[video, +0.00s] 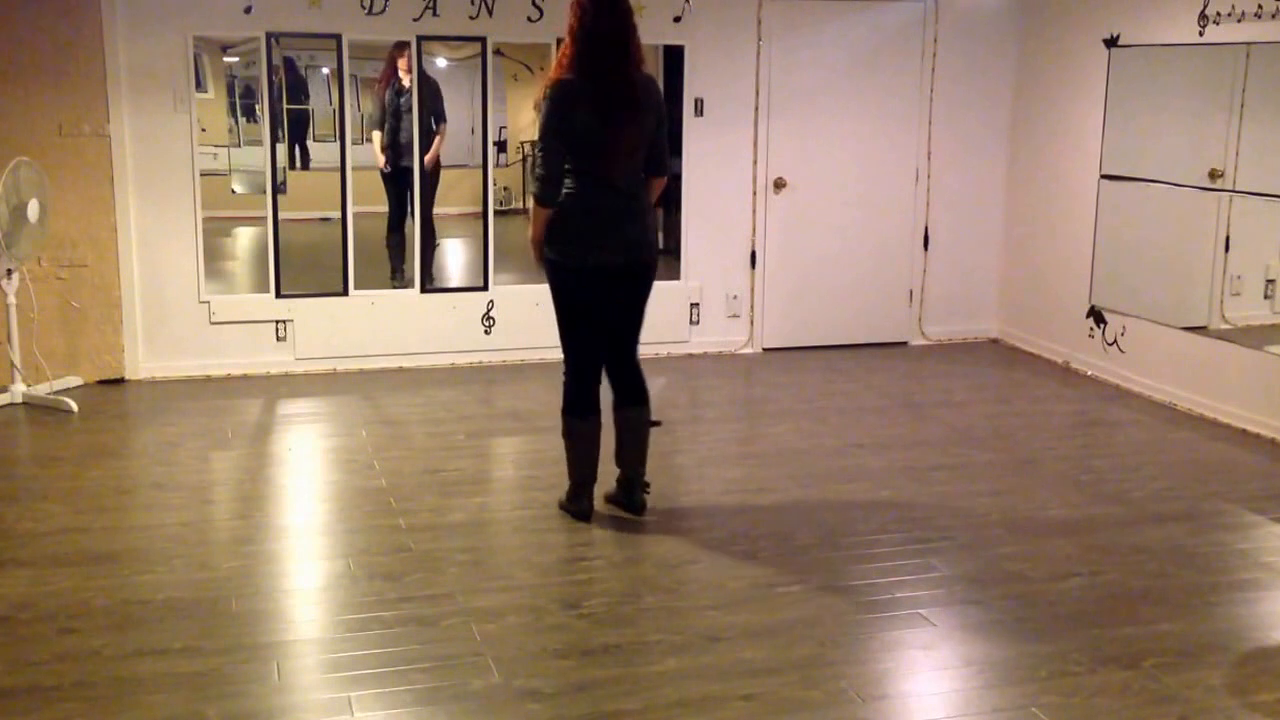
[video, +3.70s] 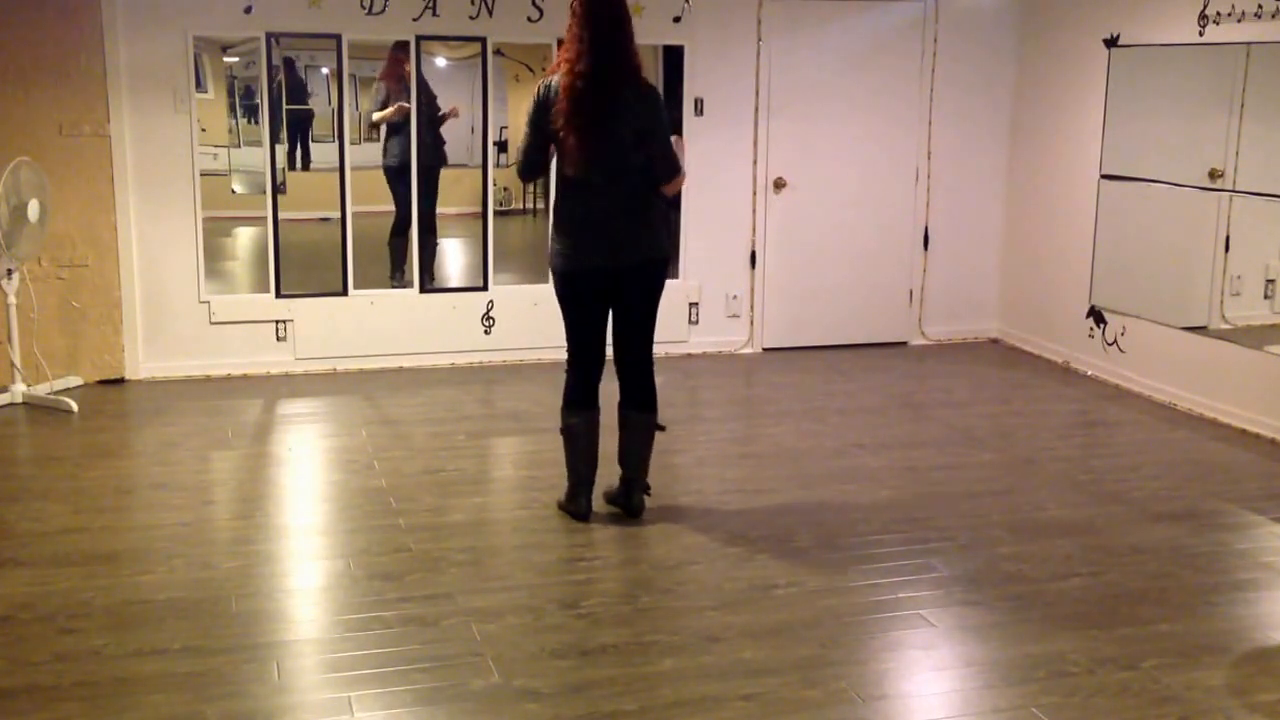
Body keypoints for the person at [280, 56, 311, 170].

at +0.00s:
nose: (280, 70)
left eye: (281, 67)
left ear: (283, 67)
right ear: (294, 65)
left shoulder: (281, 80)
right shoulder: (301, 78)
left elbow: (278, 98)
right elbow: (306, 95)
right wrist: (304, 103)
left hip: (288, 112)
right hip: (302, 111)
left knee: (290, 143)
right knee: (302, 141)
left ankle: (291, 168)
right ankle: (305, 166)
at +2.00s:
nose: (282, 71)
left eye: (282, 68)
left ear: (283, 67)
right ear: (293, 65)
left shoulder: (282, 80)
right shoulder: (301, 78)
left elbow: (278, 97)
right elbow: (307, 96)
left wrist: (279, 110)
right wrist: (304, 106)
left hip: (287, 113)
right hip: (300, 112)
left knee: (288, 142)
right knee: (299, 141)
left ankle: (289, 167)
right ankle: (303, 164)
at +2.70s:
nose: (282, 70)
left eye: (282, 68)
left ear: (283, 67)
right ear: (293, 65)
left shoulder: (282, 79)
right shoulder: (300, 77)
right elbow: (308, 94)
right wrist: (304, 101)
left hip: (287, 112)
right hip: (300, 112)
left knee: (288, 143)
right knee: (298, 142)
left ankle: (290, 168)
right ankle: (303, 166)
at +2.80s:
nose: (283, 70)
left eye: (283, 67)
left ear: (283, 67)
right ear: (294, 66)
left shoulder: (282, 81)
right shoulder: (300, 78)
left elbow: (278, 97)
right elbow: (311, 91)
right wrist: (304, 99)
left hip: (289, 113)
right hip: (303, 112)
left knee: (291, 143)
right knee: (302, 142)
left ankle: (290, 168)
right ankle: (305, 167)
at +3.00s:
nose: (284, 70)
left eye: (283, 67)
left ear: (283, 67)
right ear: (294, 65)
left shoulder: (282, 81)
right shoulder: (300, 77)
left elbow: (278, 96)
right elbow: (311, 91)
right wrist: (304, 98)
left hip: (289, 112)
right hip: (303, 112)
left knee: (291, 143)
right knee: (304, 142)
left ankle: (291, 168)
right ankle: (305, 168)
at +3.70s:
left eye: (283, 67)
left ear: (283, 67)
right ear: (294, 66)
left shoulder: (281, 82)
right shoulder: (300, 80)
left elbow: (278, 100)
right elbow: (305, 96)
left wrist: (280, 115)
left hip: (290, 115)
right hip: (304, 114)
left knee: (292, 145)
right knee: (305, 144)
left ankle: (291, 170)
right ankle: (306, 169)